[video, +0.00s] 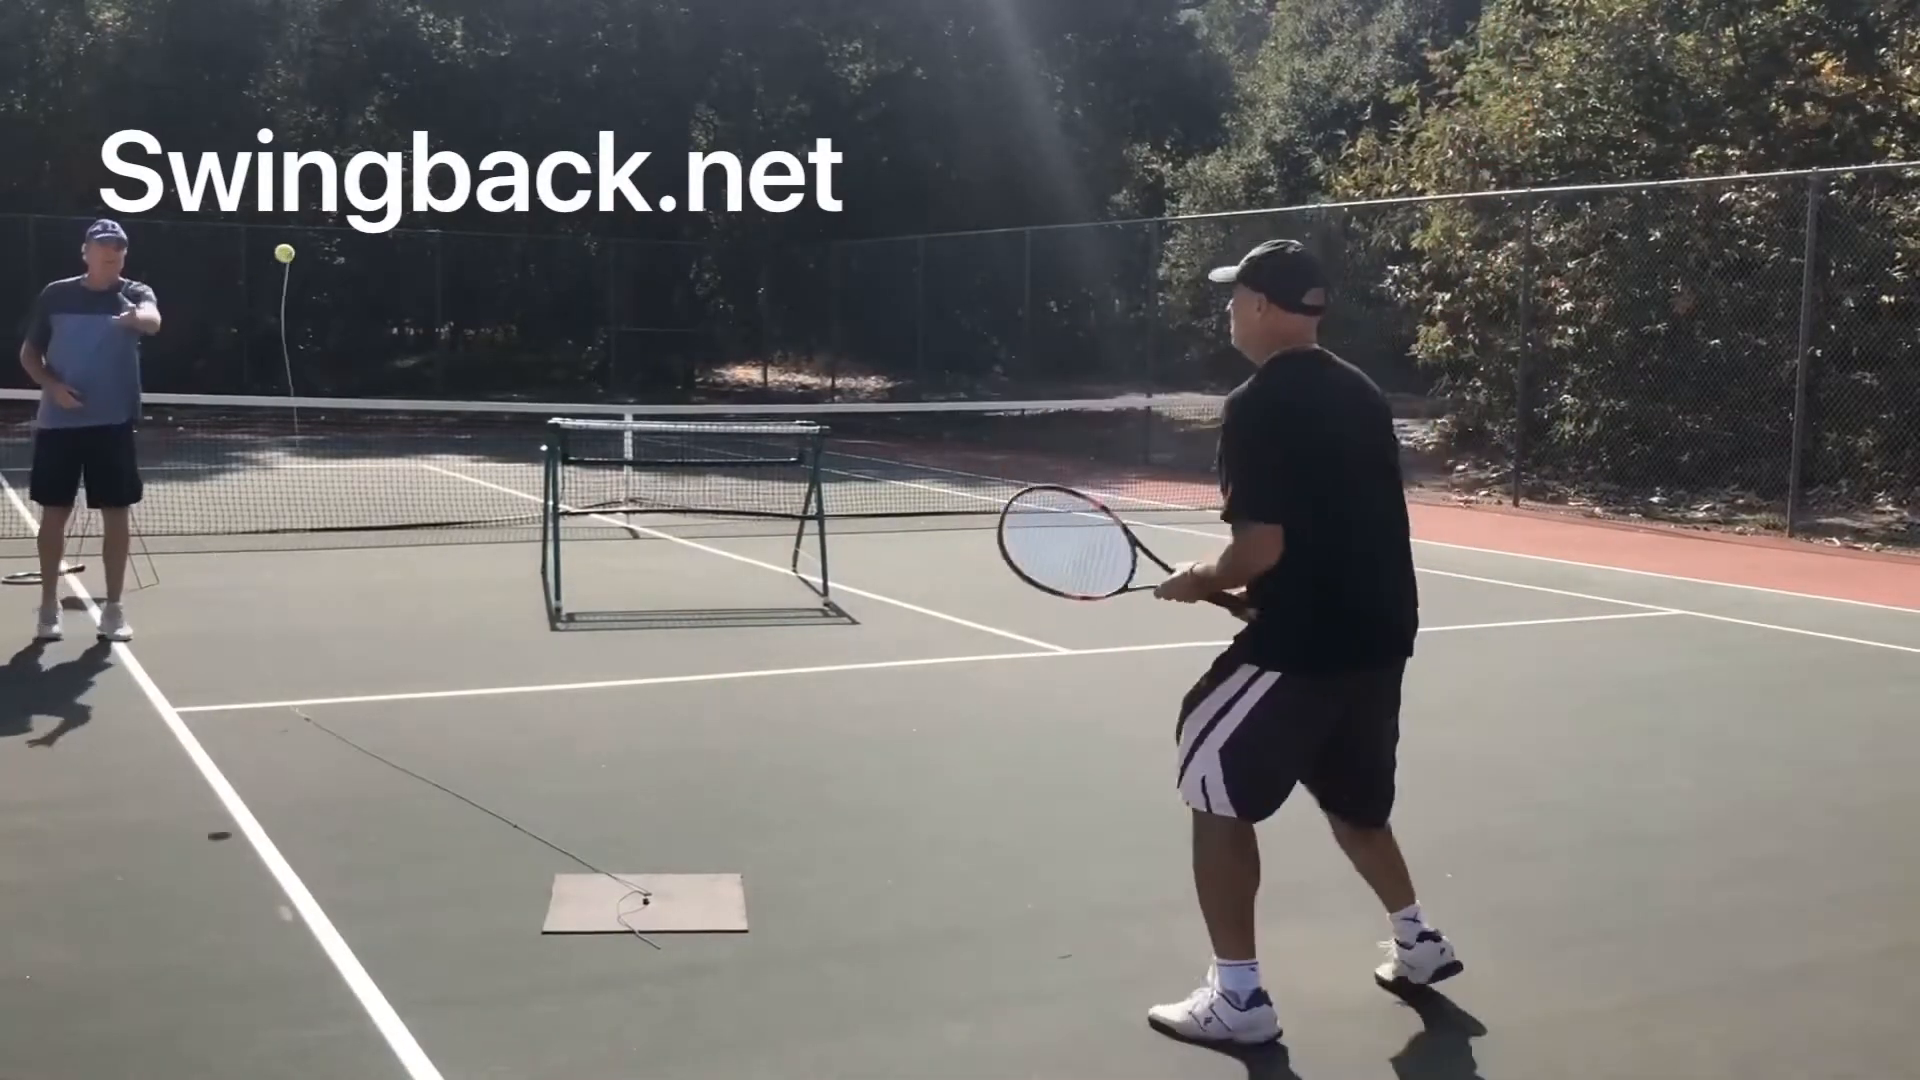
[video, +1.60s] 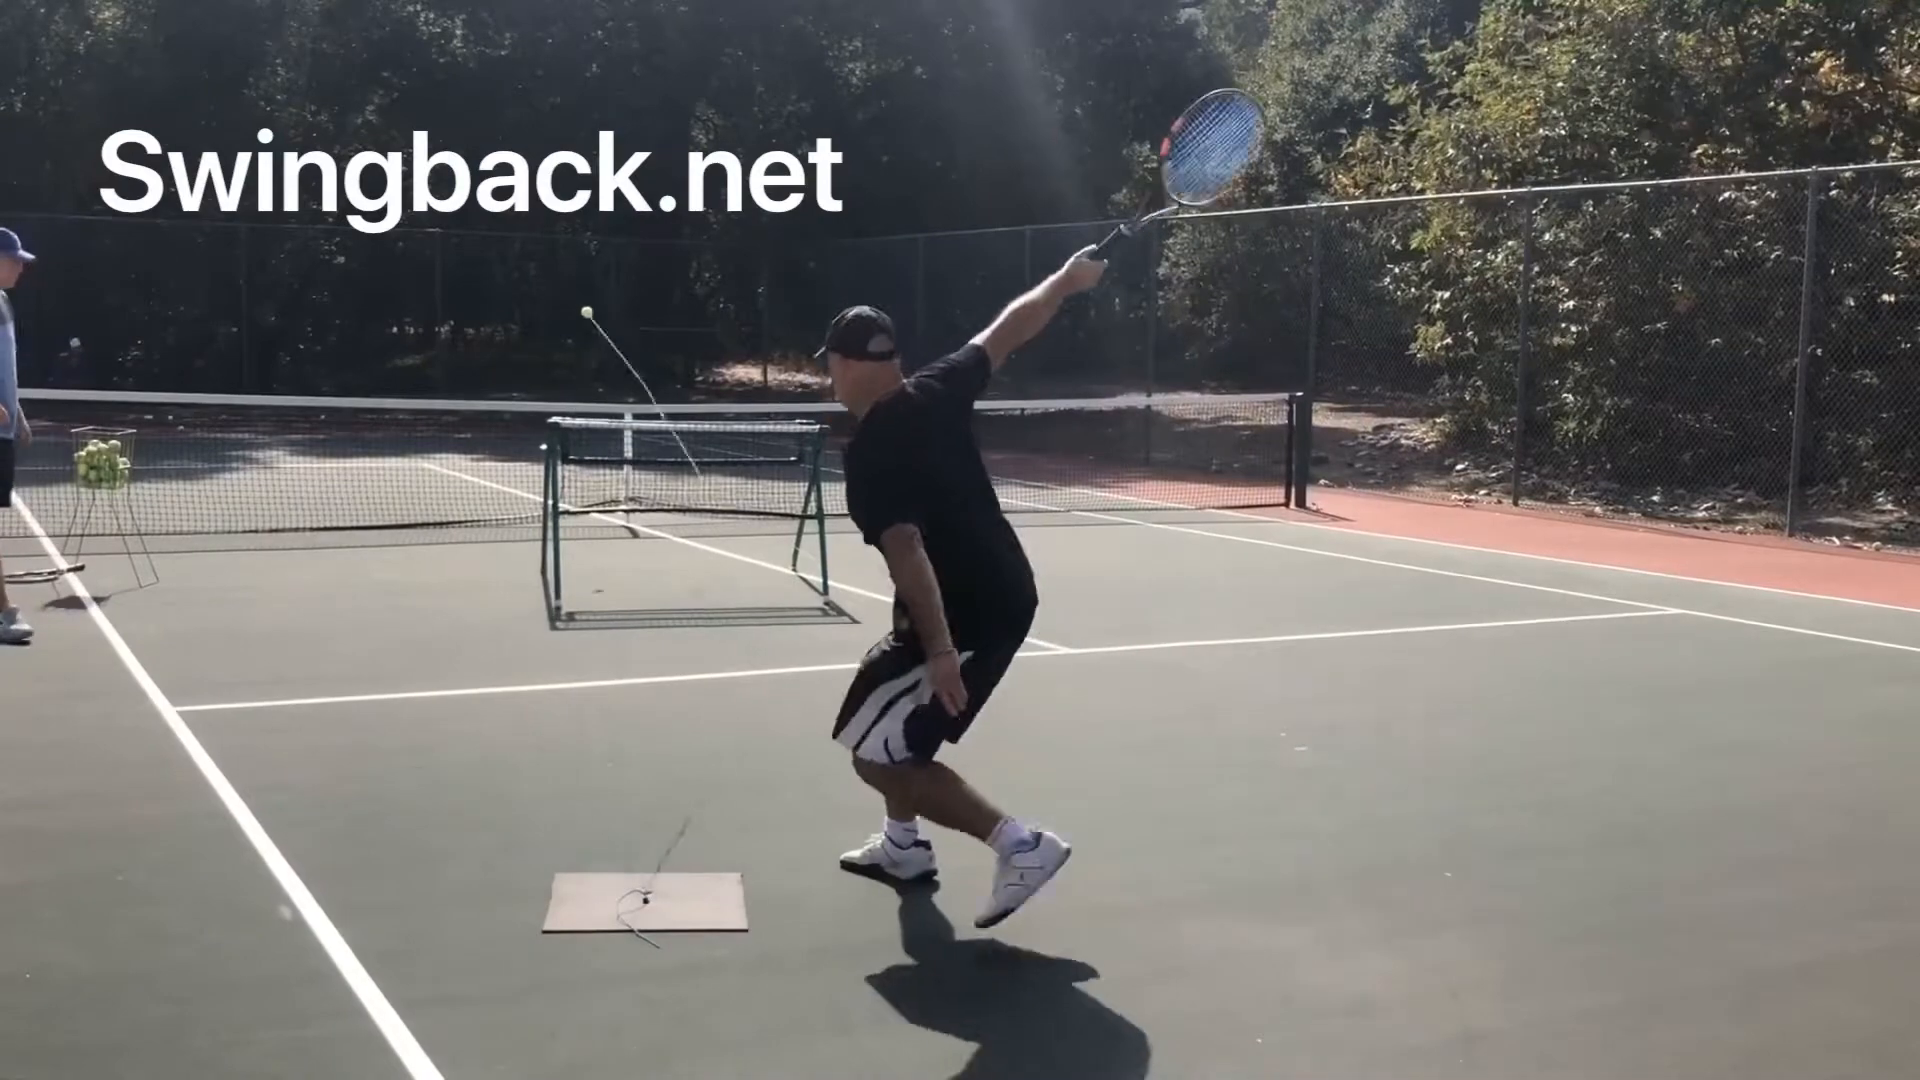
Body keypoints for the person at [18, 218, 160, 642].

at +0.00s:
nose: (114, 254)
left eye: (118, 247)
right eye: (105, 246)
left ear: (126, 254)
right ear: (86, 251)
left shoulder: (137, 293)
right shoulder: (56, 294)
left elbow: (152, 318)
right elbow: (28, 353)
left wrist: (135, 317)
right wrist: (52, 385)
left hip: (114, 426)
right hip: (60, 427)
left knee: (117, 516)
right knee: (54, 514)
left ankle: (113, 608)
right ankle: (48, 606)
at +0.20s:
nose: (103, 260)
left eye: (109, 253)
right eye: (96, 252)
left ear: (115, 258)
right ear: (76, 255)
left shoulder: (130, 301)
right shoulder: (45, 297)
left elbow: (144, 346)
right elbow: (18, 354)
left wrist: (134, 370)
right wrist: (42, 389)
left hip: (107, 432)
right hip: (51, 431)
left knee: (113, 519)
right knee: (40, 517)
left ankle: (112, 609)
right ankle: (19, 609)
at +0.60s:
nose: (60, 266)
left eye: (64, 260)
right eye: (52, 258)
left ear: (70, 262)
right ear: (30, 257)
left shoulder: (81, 302)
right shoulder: (5, 298)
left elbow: (91, 354)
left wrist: (97, 410)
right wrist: (2, 401)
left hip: (68, 435)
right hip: (13, 436)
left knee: (87, 516)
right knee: (9, 524)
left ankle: (106, 607)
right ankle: (9, 615)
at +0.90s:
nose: (39, 266)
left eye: (44, 259)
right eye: (31, 258)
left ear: (49, 261)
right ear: (10, 258)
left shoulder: (54, 298)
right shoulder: (2, 297)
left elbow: (57, 354)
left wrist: (62, 409)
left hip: (44, 431)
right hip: (7, 433)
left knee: (50, 512)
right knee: (6, 518)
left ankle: (43, 604)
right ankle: (8, 611)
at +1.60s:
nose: (19, 269)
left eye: (19, 262)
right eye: (14, 262)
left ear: (13, 264)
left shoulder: (6, 307)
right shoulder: (1, 306)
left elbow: (7, 369)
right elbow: (5, 368)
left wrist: (19, 414)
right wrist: (3, 408)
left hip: (6, 432)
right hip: (1, 431)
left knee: (2, 514)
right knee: (1, 516)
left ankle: (6, 609)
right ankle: (6, 609)